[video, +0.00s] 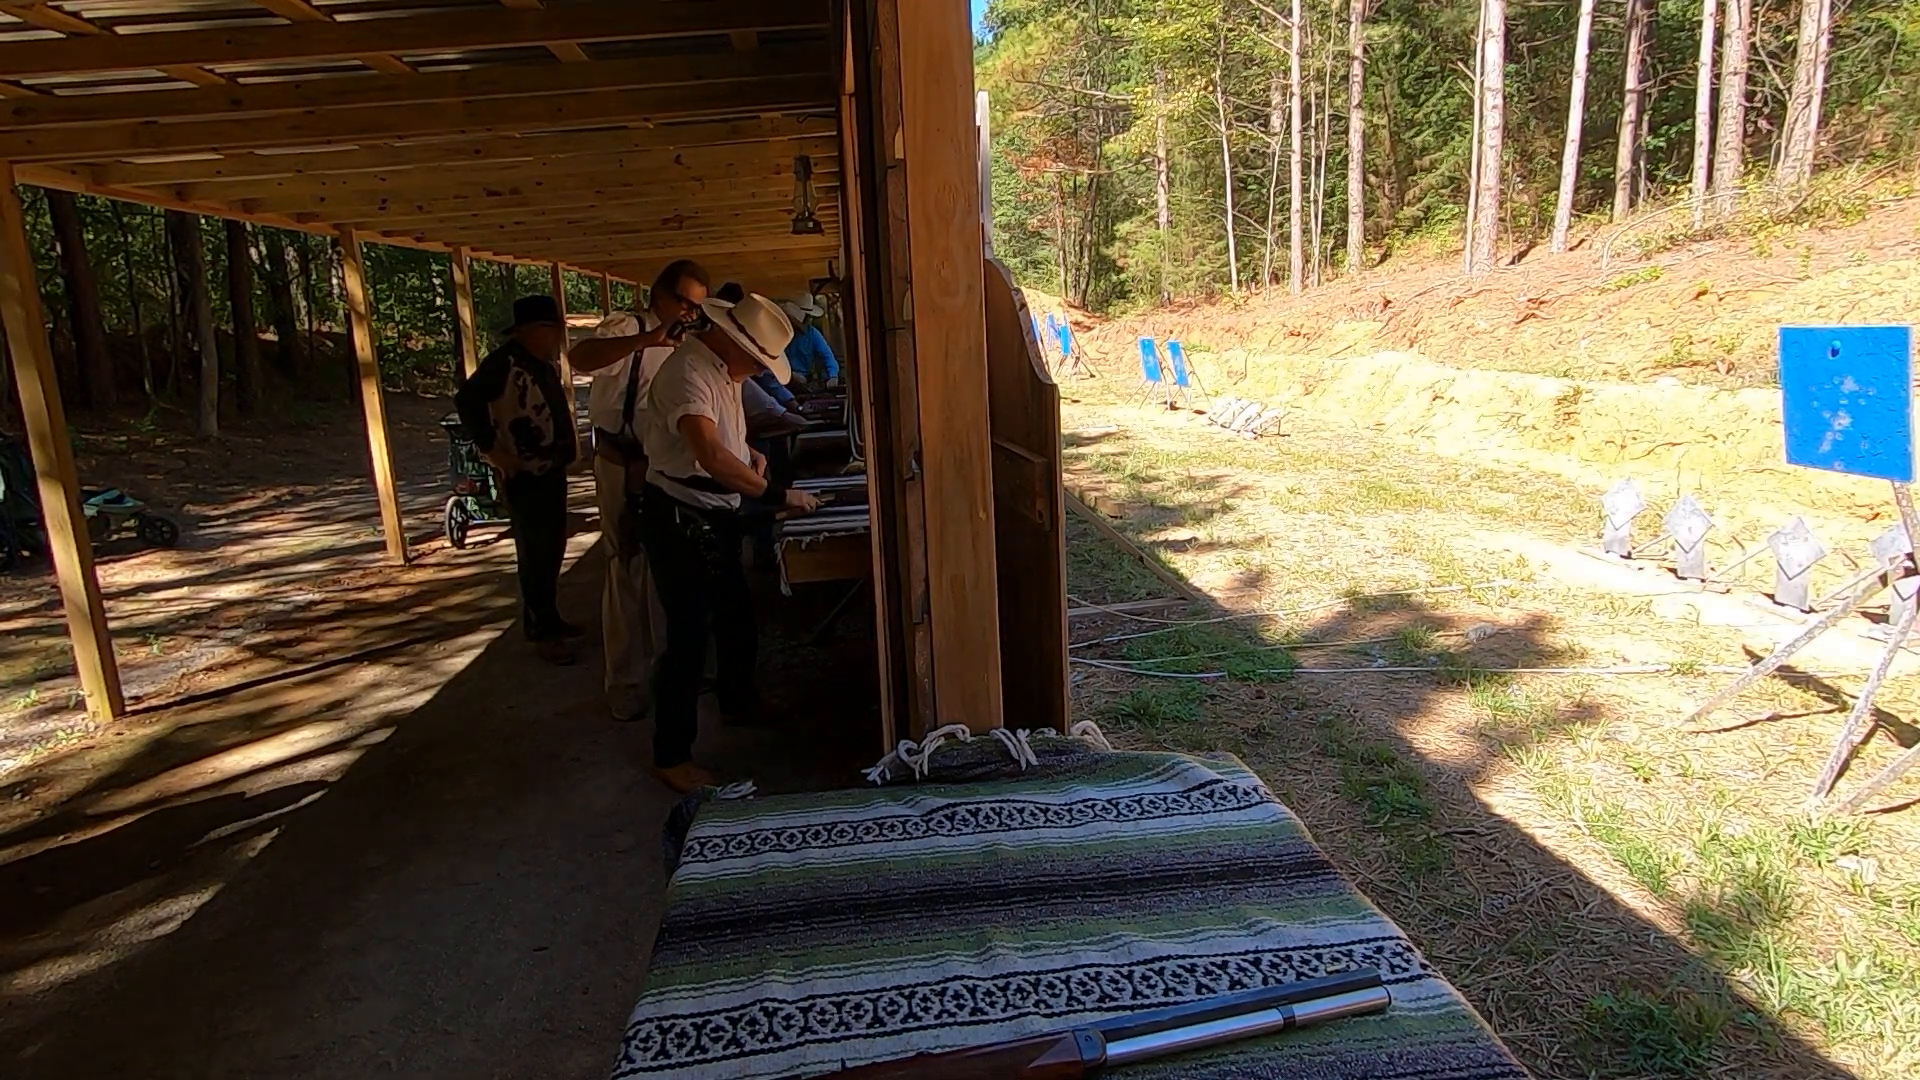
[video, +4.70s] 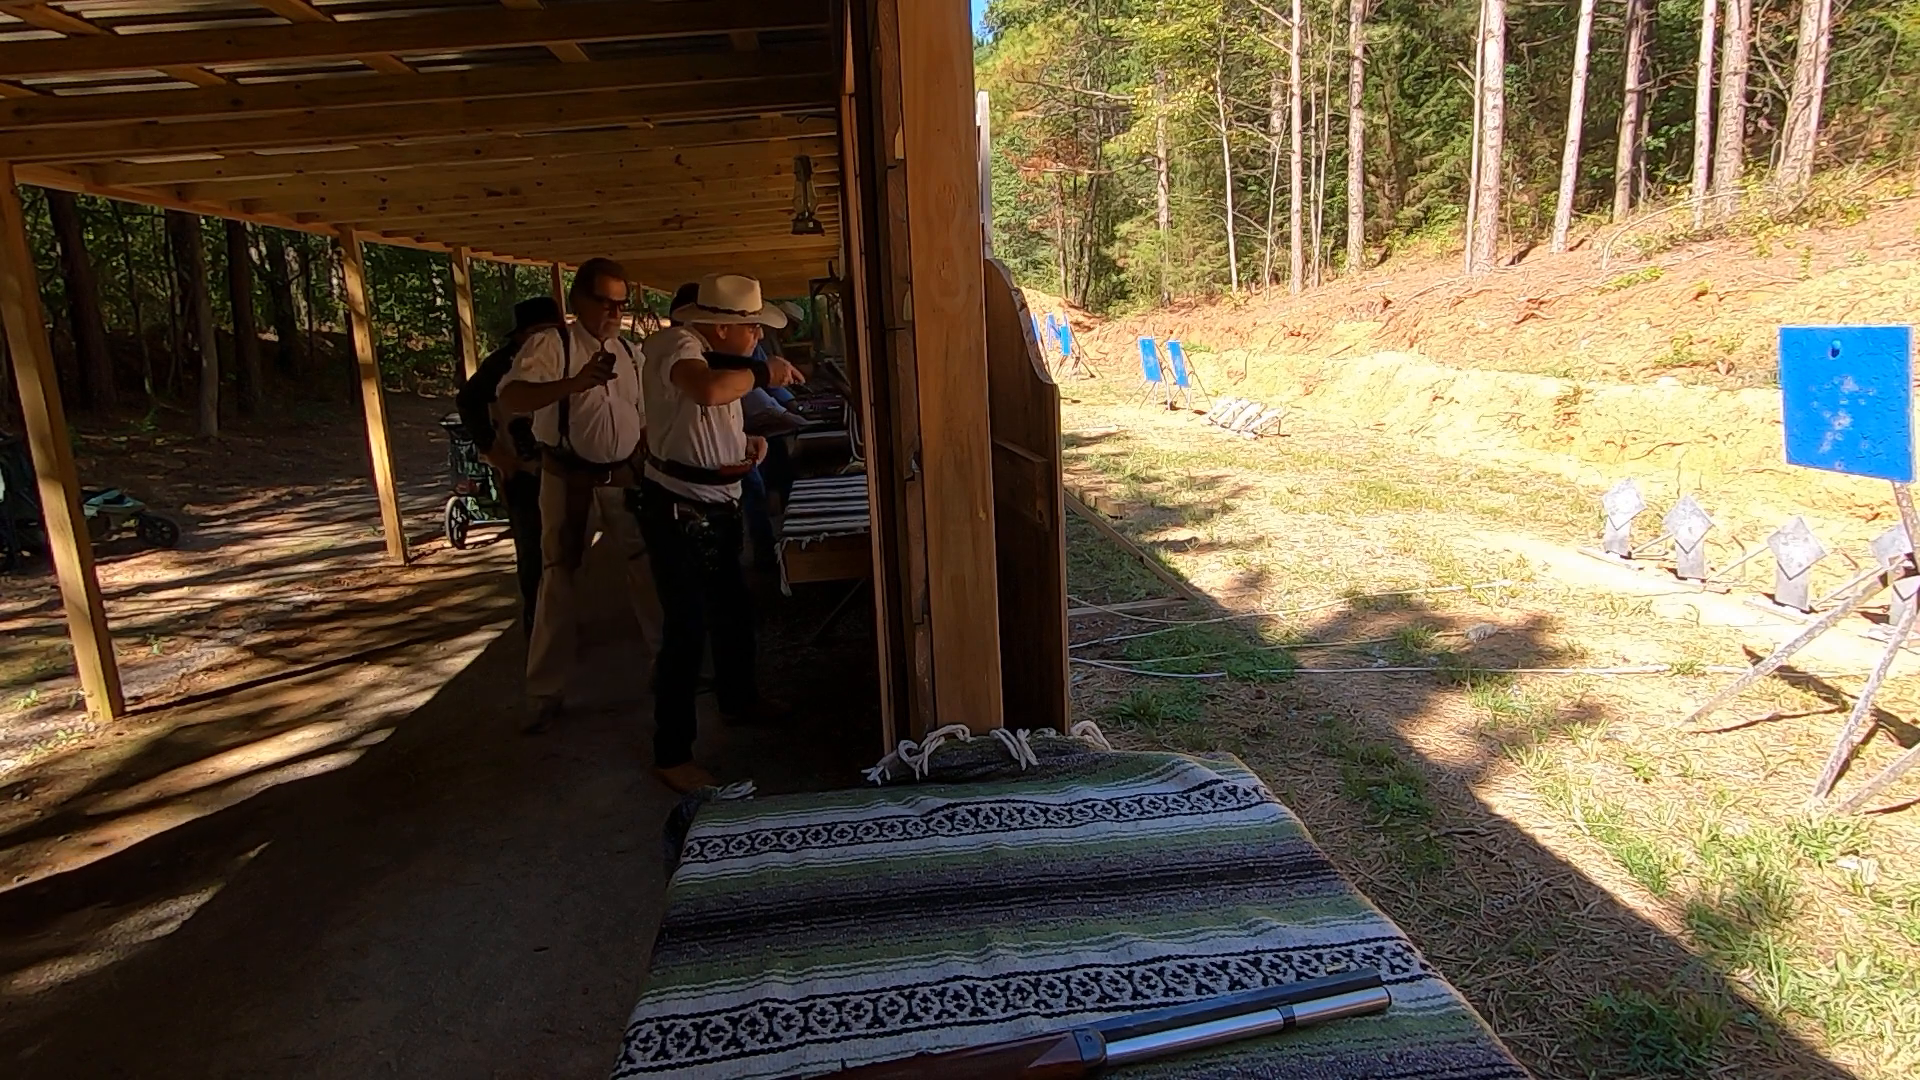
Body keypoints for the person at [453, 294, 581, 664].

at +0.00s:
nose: (559, 338)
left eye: (559, 330)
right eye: (553, 330)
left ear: (547, 332)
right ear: (531, 331)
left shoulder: (545, 364)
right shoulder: (504, 361)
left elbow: (550, 410)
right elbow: (467, 399)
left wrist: (564, 446)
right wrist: (490, 448)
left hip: (551, 472)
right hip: (525, 475)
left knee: (552, 550)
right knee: (536, 553)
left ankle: (549, 621)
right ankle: (541, 631)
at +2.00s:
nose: (561, 338)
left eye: (561, 330)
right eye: (555, 330)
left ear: (545, 332)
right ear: (533, 331)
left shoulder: (544, 366)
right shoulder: (504, 362)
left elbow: (550, 412)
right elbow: (468, 399)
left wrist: (566, 447)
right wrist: (489, 448)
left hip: (551, 473)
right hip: (524, 475)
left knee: (552, 550)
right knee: (536, 552)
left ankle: (549, 621)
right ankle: (541, 630)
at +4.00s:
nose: (565, 338)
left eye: (565, 331)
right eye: (559, 331)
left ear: (545, 333)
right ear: (537, 332)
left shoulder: (545, 365)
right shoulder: (507, 362)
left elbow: (551, 411)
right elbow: (471, 399)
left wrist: (566, 447)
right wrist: (492, 447)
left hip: (551, 472)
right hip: (525, 475)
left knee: (552, 549)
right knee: (536, 552)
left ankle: (549, 620)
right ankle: (541, 632)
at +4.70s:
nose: (553, 336)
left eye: (555, 328)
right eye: (545, 329)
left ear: (560, 327)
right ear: (528, 331)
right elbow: (468, 399)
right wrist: (492, 450)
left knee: (565, 548)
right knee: (532, 551)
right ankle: (536, 625)